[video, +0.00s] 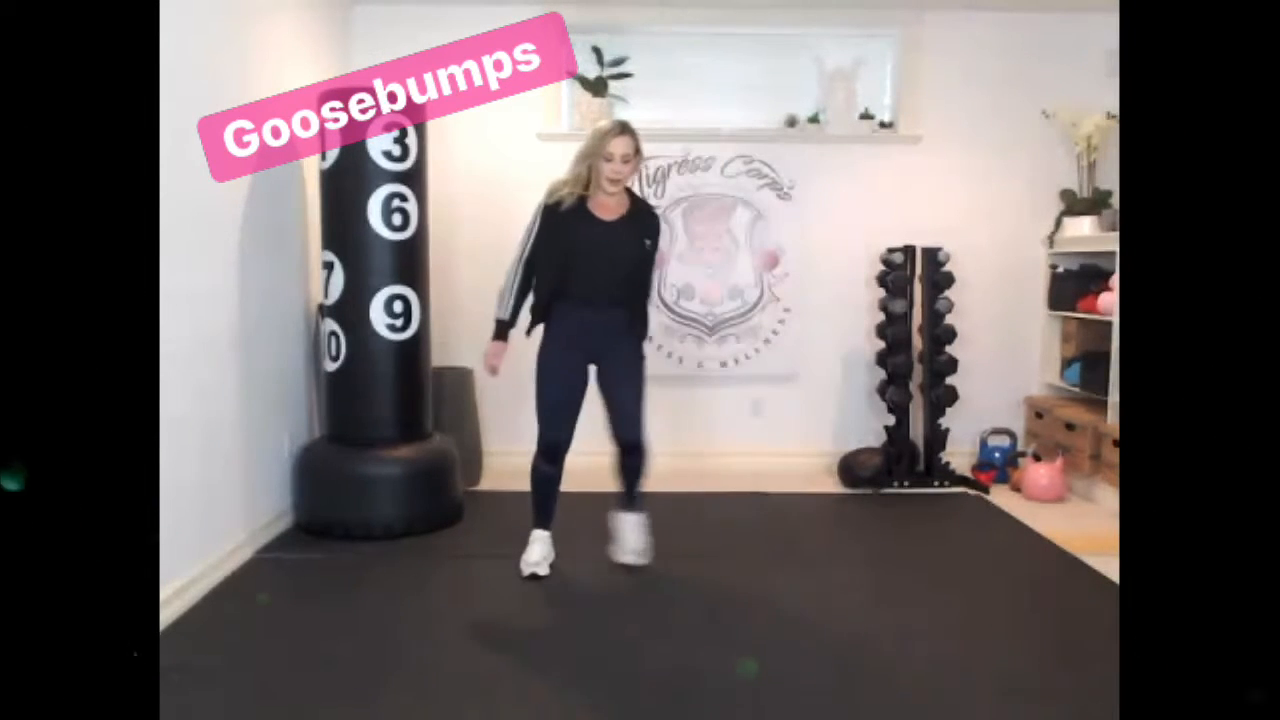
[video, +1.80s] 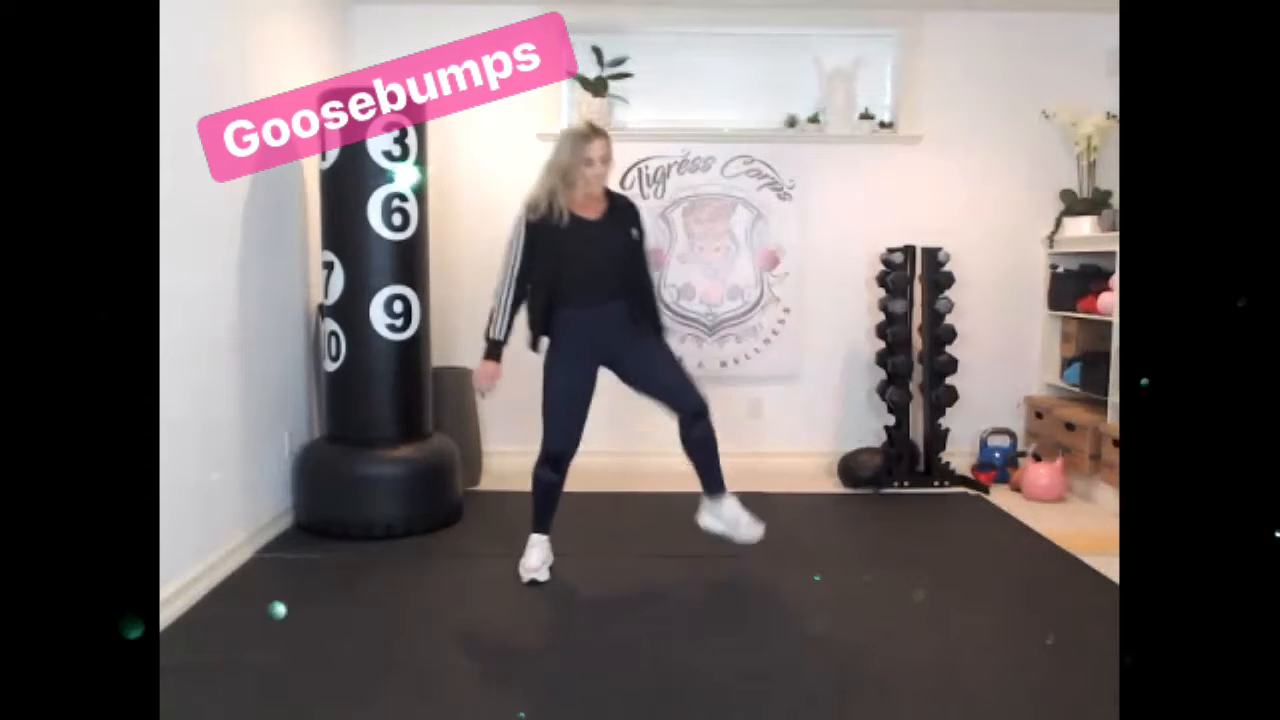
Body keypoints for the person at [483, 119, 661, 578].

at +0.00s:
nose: (619, 168)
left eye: (628, 160)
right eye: (610, 158)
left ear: (637, 164)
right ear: (593, 159)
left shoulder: (646, 218)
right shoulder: (560, 209)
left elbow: (643, 282)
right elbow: (526, 268)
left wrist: (636, 334)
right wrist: (501, 333)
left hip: (621, 337)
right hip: (563, 335)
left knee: (630, 437)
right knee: (553, 440)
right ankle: (541, 535)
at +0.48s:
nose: (628, 173)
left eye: (637, 166)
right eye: (620, 164)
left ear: (646, 170)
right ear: (602, 165)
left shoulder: (656, 222)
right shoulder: (568, 215)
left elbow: (672, 294)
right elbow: (541, 277)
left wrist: (694, 362)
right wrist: (539, 342)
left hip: (637, 340)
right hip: (578, 341)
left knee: (677, 437)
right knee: (557, 445)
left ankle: (702, 526)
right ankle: (541, 536)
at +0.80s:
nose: (687, 181)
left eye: (695, 171)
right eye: (677, 173)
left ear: (708, 172)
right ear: (663, 176)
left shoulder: (729, 221)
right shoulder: (645, 227)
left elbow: (751, 287)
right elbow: (629, 294)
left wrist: (755, 347)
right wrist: (606, 359)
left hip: (715, 346)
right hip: (657, 343)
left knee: (732, 450)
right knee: (615, 438)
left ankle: (742, 540)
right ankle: (585, 522)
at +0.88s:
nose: (701, 171)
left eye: (708, 162)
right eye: (691, 165)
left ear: (719, 162)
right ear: (677, 168)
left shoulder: (741, 211)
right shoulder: (657, 218)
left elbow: (769, 276)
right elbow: (641, 286)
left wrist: (774, 338)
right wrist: (626, 351)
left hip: (724, 339)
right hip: (668, 339)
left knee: (733, 443)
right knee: (636, 432)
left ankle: (742, 539)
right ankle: (641, 511)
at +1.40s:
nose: (679, 176)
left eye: (685, 165)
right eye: (669, 170)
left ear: (697, 162)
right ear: (654, 174)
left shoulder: (723, 213)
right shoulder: (636, 223)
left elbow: (756, 280)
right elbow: (619, 290)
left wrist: (750, 341)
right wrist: (595, 350)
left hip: (709, 343)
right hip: (649, 342)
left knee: (728, 449)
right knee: (610, 439)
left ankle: (743, 540)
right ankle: (578, 527)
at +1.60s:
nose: (634, 189)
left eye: (639, 179)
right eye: (624, 182)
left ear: (648, 180)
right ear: (606, 187)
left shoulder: (667, 234)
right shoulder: (583, 240)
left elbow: (691, 304)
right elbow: (559, 305)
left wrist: (715, 371)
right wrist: (532, 368)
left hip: (658, 361)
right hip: (598, 362)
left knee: (698, 454)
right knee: (563, 458)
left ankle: (739, 539)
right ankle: (541, 540)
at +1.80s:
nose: (601, 170)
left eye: (606, 161)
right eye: (592, 162)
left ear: (611, 162)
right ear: (570, 164)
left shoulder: (623, 211)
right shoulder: (541, 216)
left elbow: (640, 281)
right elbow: (513, 284)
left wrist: (655, 338)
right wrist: (493, 354)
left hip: (627, 334)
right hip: (571, 340)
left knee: (693, 408)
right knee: (557, 448)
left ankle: (718, 503)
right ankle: (539, 540)